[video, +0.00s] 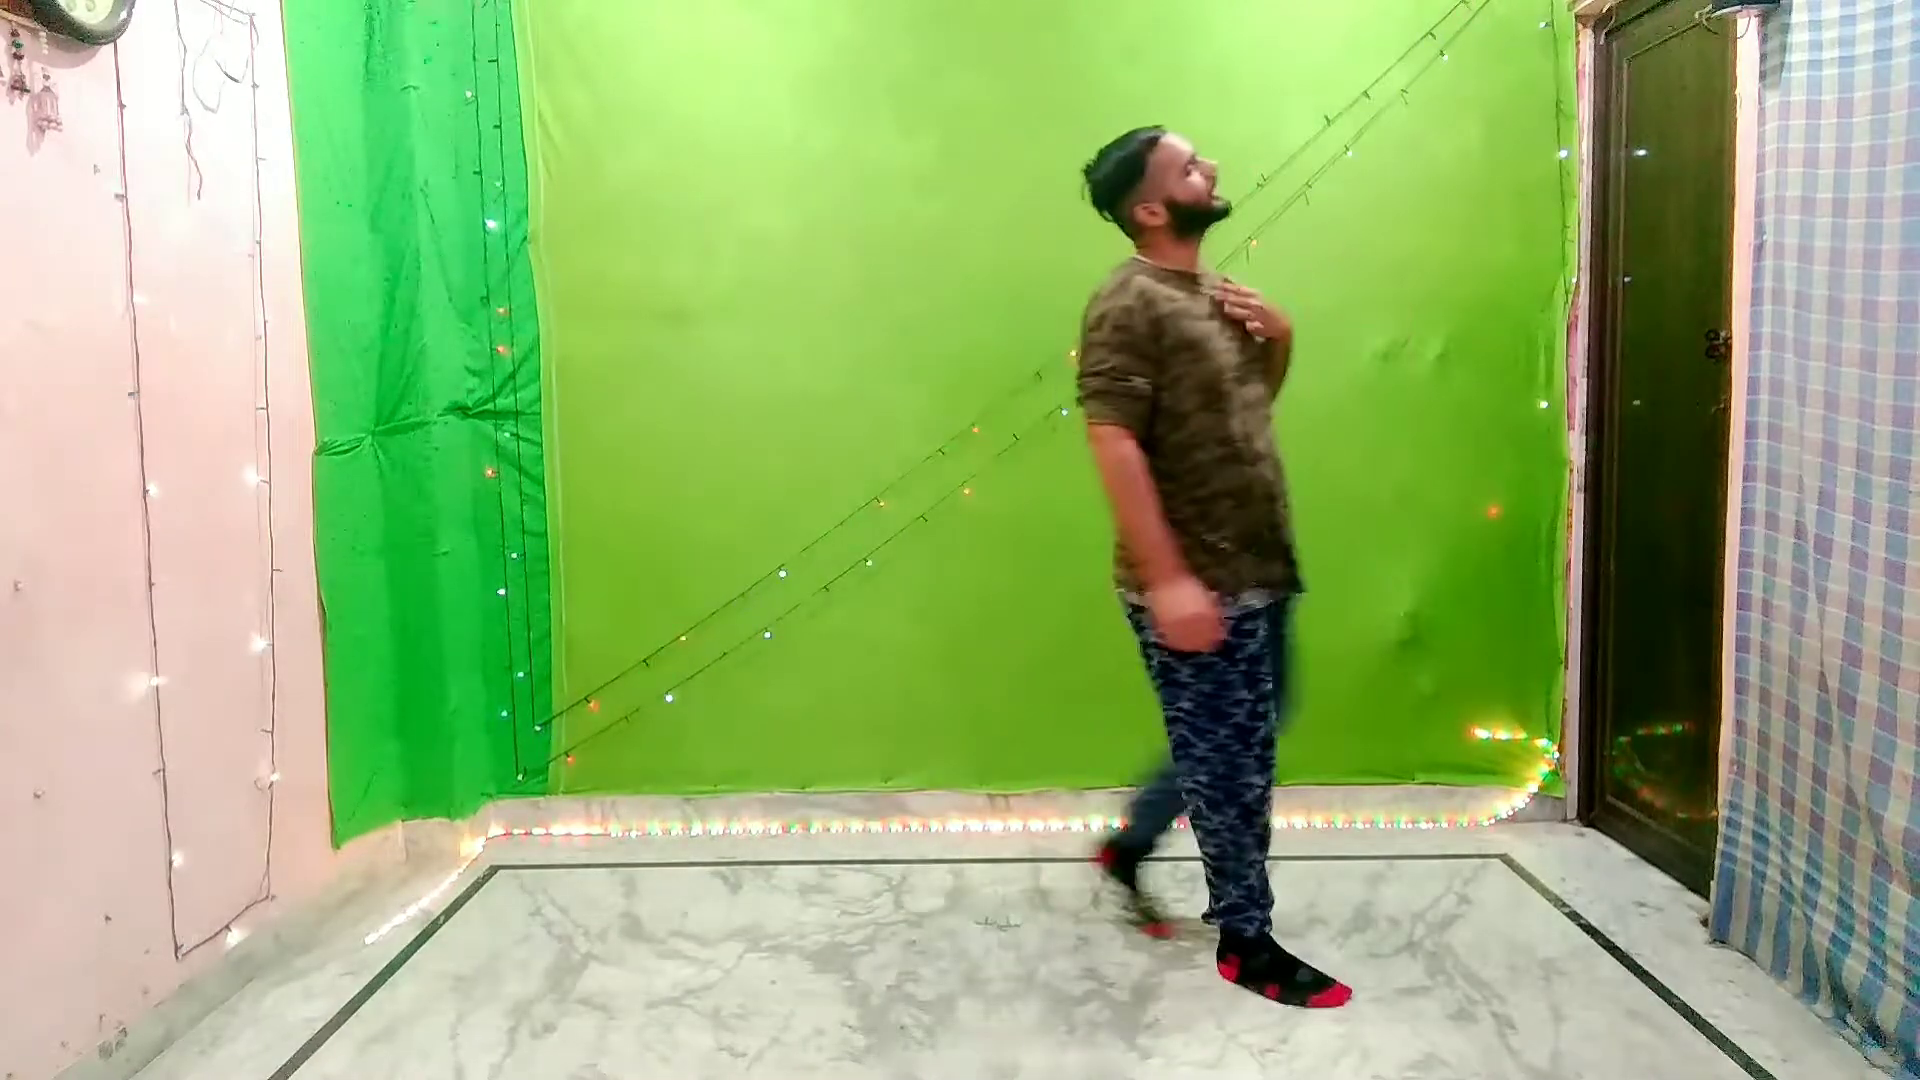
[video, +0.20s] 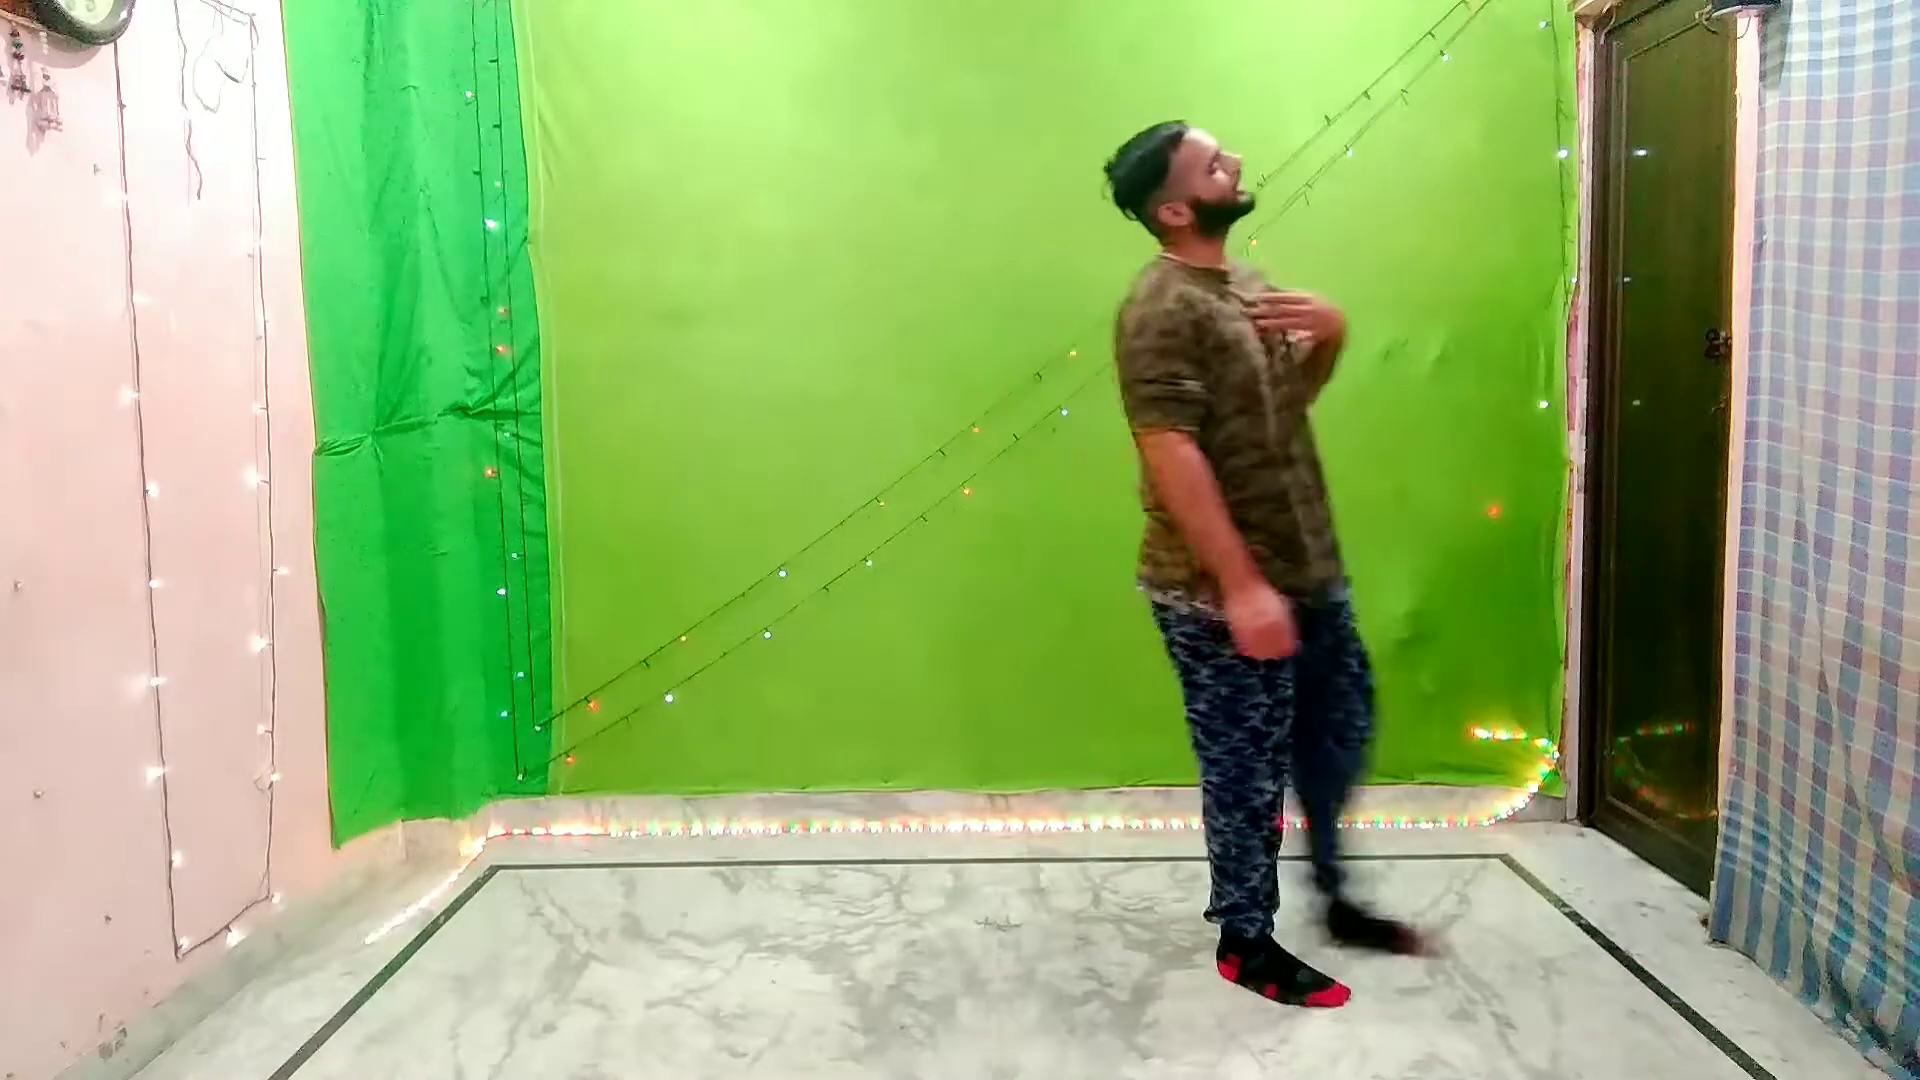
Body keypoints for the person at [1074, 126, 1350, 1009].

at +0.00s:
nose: (1208, 171)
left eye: (1199, 161)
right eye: (1189, 166)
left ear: (1172, 200)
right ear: (1147, 204)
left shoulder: (1213, 294)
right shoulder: (1126, 305)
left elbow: (1243, 408)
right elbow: (1112, 443)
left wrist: (1278, 341)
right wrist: (1166, 578)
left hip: (1259, 571)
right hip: (1194, 583)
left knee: (1246, 736)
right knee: (1226, 766)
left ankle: (1129, 841)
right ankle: (1246, 941)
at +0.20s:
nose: (1228, 160)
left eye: (1218, 150)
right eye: (1206, 160)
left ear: (1192, 204)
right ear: (1166, 208)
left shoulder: (1246, 289)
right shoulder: (1160, 308)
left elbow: (1279, 402)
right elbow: (1167, 451)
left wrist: (1330, 334)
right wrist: (1240, 582)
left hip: (1302, 573)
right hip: (1222, 590)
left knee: (1337, 724)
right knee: (1245, 764)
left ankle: (1332, 899)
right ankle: (1244, 939)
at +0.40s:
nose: (1267, 179)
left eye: (1256, 167)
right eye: (1247, 176)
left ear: (1225, 212)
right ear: (1204, 220)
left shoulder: (1280, 291)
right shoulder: (1194, 320)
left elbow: (1328, 405)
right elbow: (1273, 465)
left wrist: (1371, 341)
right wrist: (1363, 583)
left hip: (1350, 577)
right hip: (1265, 601)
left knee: (1410, 743)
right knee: (1279, 771)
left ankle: (1430, 910)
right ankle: (1247, 939)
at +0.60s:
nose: (1303, 155)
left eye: (1291, 145)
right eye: (1281, 156)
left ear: (1263, 206)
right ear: (1250, 208)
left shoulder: (1316, 279)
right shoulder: (1266, 302)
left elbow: (1383, 394)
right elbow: (1371, 403)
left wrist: (1418, 325)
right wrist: (1537, 364)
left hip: (1406, 574)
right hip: (1316, 593)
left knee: (1454, 739)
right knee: (1304, 772)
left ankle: (1449, 909)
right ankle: (1251, 932)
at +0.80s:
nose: (1377, 108)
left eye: (1361, 98)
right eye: (1353, 106)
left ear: (1335, 160)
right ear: (1328, 156)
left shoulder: (1381, 240)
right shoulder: (1343, 240)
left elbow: (1445, 338)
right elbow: (1499, 260)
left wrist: (1498, 262)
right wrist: (1604, 135)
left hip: (1436, 539)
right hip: (1355, 545)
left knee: (1457, 728)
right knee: (1333, 738)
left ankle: (1462, 892)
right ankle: (1272, 911)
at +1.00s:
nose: (1430, 148)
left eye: (1415, 137)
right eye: (1408, 144)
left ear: (1382, 195)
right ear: (1377, 191)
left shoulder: (1423, 288)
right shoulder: (1369, 291)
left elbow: (1517, 334)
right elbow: (1523, 329)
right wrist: (1581, 178)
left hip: (1463, 566)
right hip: (1382, 571)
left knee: (1487, 745)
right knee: (1393, 750)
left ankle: (1447, 918)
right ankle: (1275, 912)